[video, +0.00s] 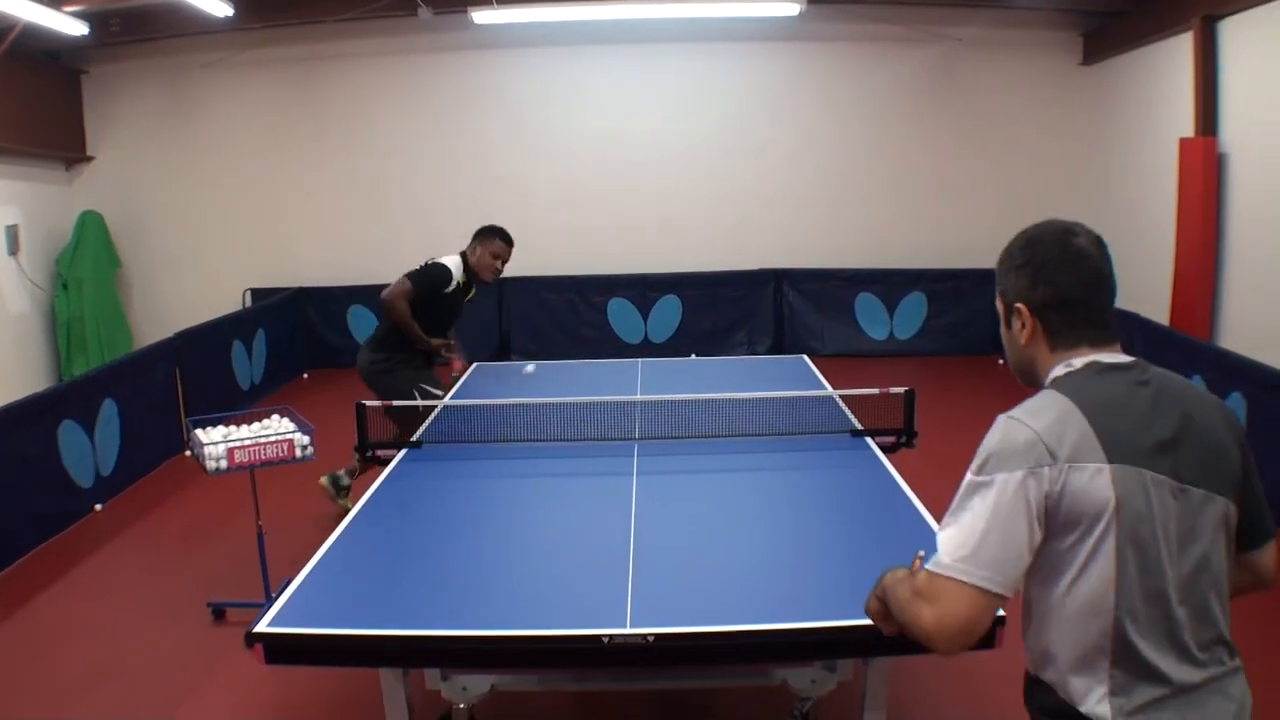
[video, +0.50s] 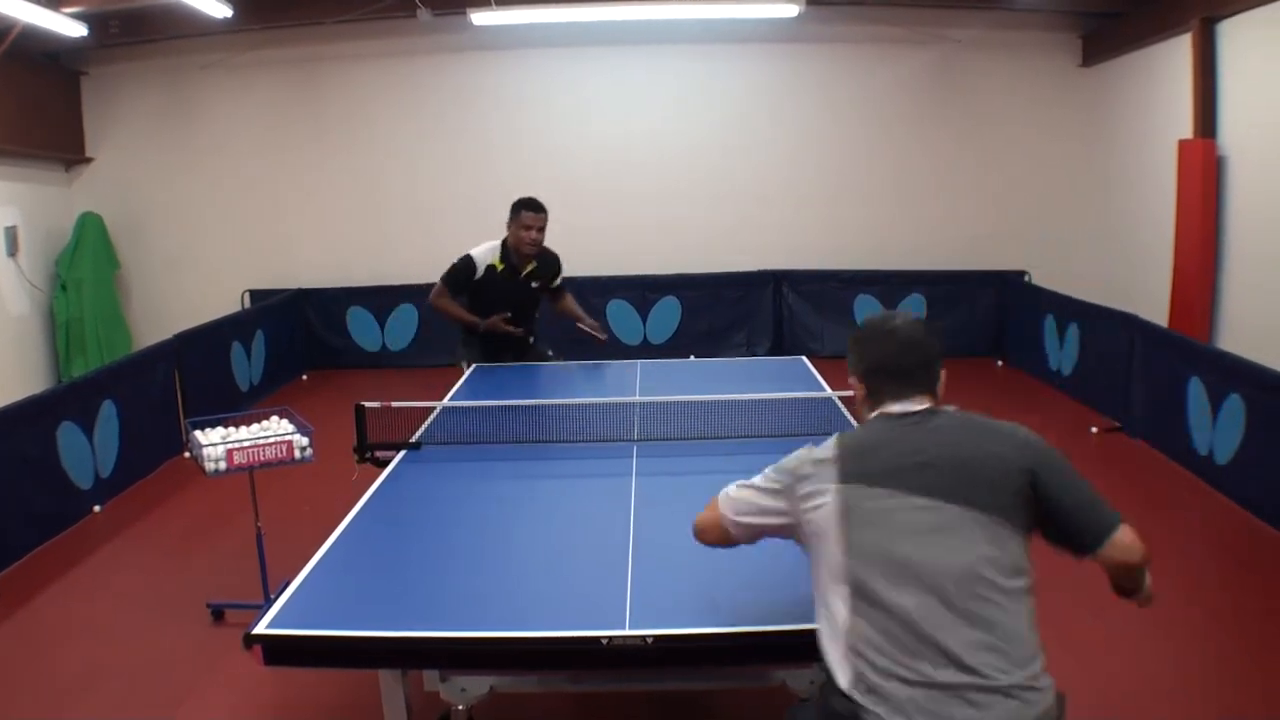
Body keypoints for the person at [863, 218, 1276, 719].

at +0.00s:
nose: (1001, 336)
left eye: (1000, 319)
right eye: (1000, 319)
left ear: (1024, 322)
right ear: (1103, 306)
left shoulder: (1036, 433)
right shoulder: (1212, 415)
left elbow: (948, 625)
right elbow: (1259, 564)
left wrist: (895, 583)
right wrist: (1160, 588)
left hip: (1095, 709)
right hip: (1222, 702)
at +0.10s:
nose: (1002, 342)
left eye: (1001, 326)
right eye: (1000, 325)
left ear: (1024, 328)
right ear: (1100, 310)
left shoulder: (1038, 440)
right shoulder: (1201, 412)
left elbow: (935, 611)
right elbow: (1245, 548)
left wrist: (890, 570)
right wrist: (1144, 561)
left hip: (1087, 707)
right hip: (1213, 700)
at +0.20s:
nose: (988, 348)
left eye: (987, 330)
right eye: (987, 331)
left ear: (1007, 331)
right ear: (1081, 313)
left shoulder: (1021, 432)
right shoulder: (1175, 406)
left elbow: (893, 580)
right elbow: (1221, 524)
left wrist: (871, 548)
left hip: (1067, 702)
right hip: (1190, 700)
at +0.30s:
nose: (947, 343)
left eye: (947, 327)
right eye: (947, 328)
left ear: (964, 326)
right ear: (1037, 312)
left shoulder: (971, 414)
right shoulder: (1130, 395)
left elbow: (824, 538)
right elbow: (1184, 508)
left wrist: (879, 539)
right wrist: (1089, 520)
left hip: (1030, 692)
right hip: (1150, 688)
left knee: (932, 704)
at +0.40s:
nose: (897, 359)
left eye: (897, 346)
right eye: (898, 347)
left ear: (910, 346)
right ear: (987, 340)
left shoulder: (888, 431)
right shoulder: (1073, 414)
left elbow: (747, 526)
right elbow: (1160, 526)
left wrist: (819, 527)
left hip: (957, 701)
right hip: (1085, 699)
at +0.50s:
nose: (847, 384)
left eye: (848, 376)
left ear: (855, 386)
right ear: (941, 381)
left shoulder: (821, 466)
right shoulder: (1014, 448)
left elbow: (708, 528)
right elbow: (1127, 553)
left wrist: (789, 511)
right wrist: (1131, 585)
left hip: (879, 705)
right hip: (1014, 705)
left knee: (817, 686)